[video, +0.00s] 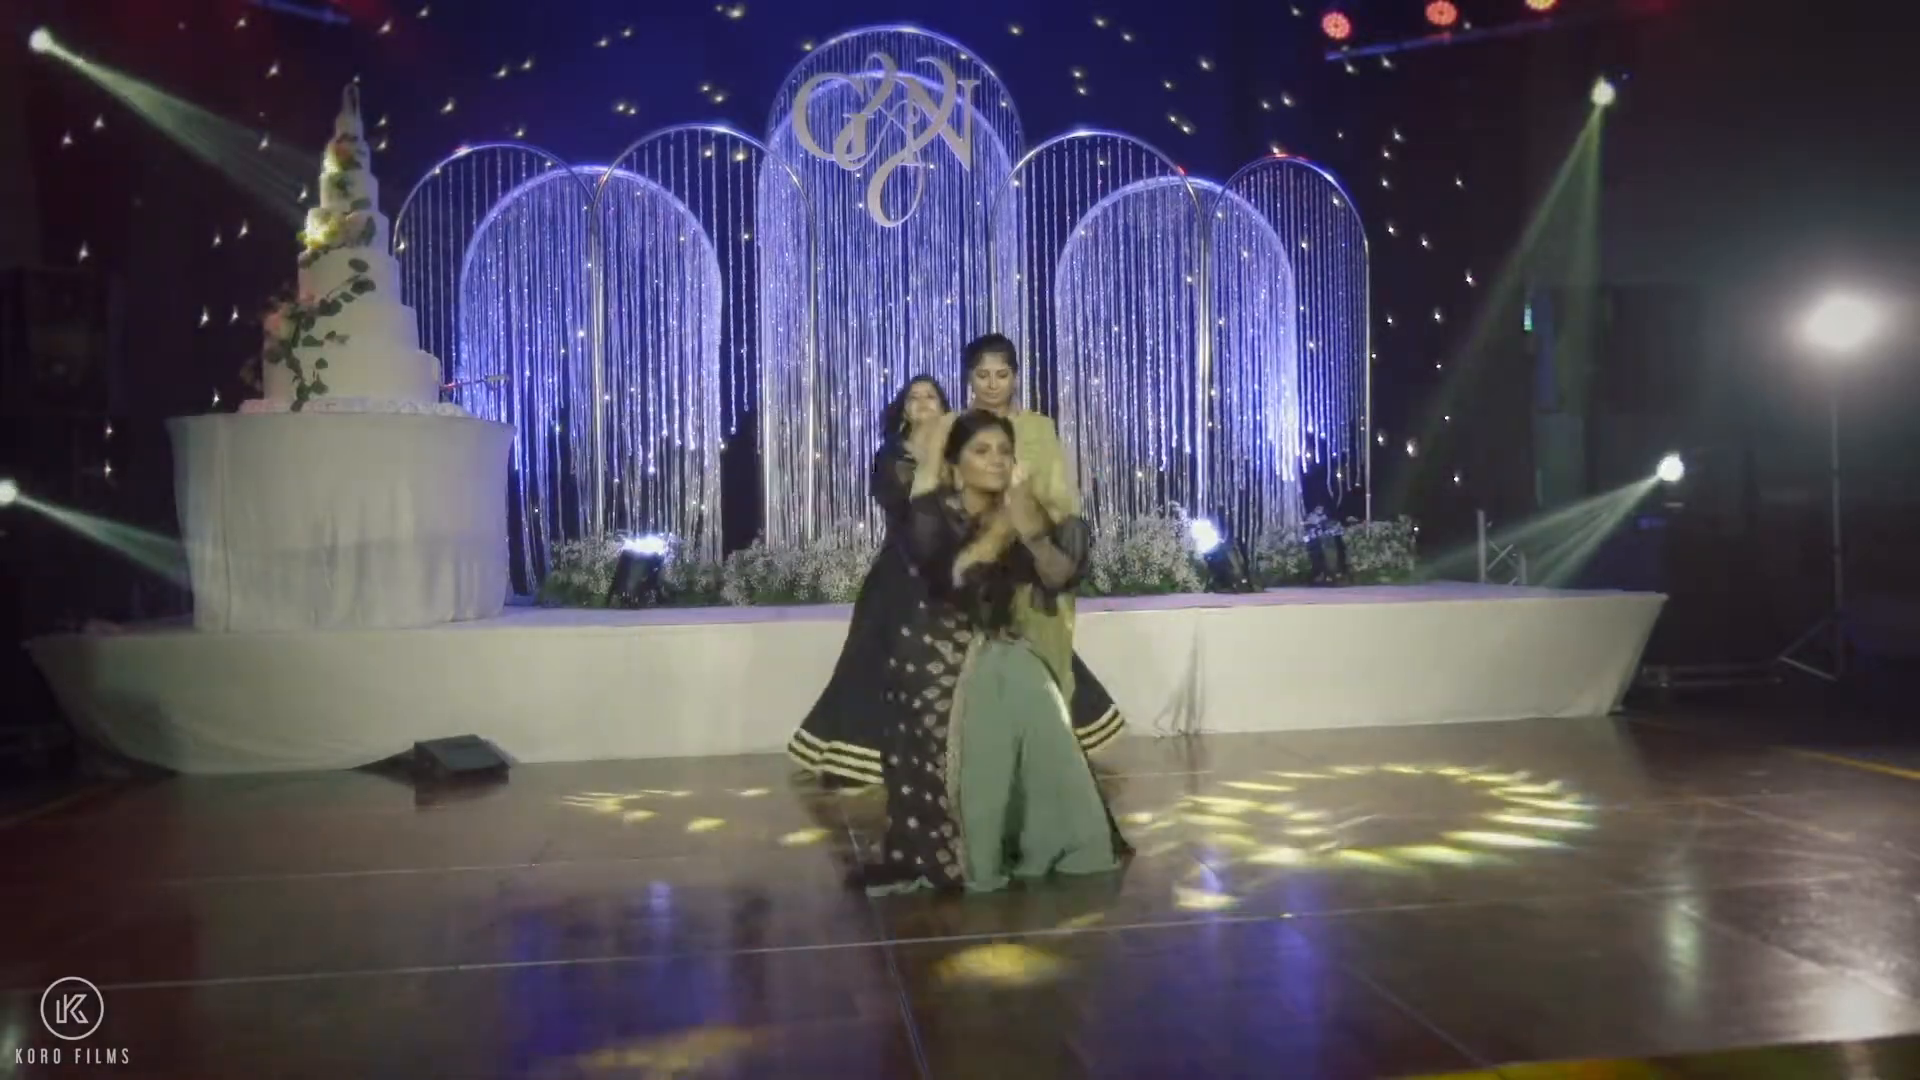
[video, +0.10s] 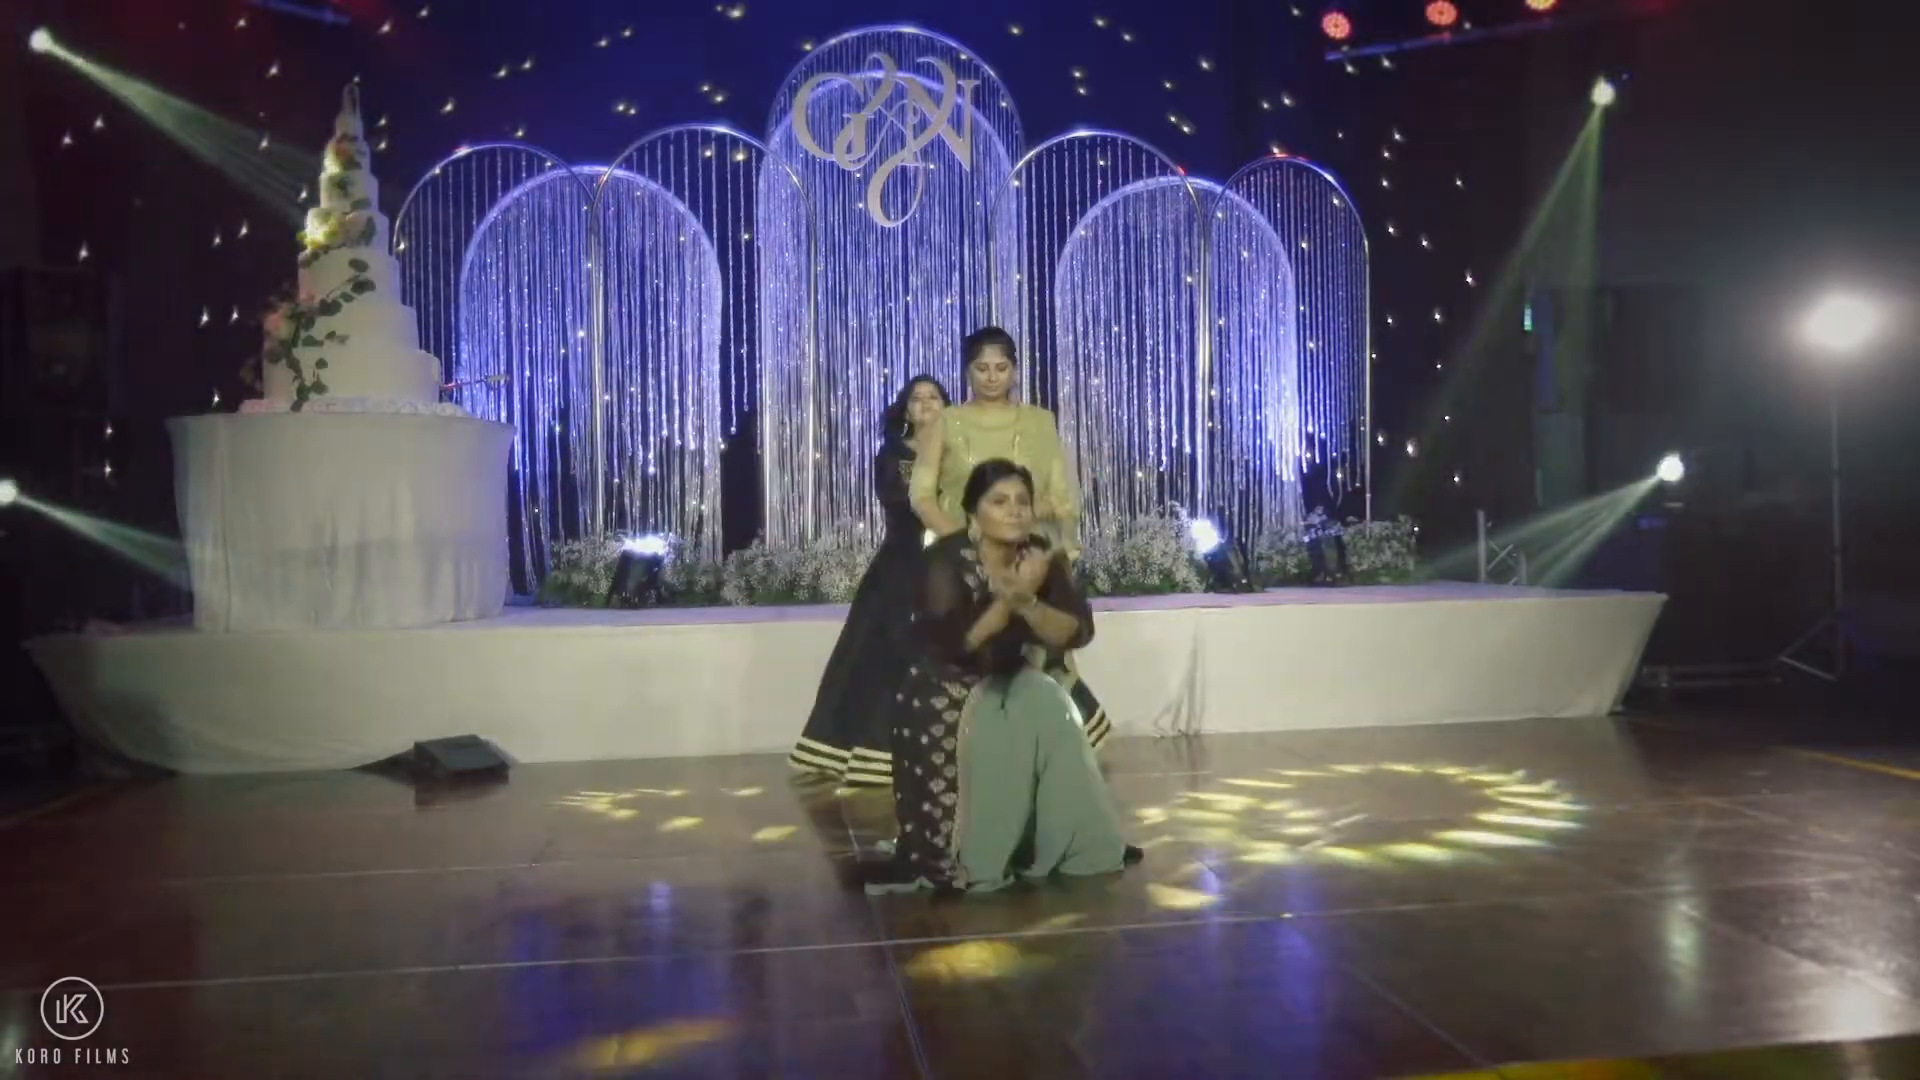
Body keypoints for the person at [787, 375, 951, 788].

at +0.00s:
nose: (923, 405)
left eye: (930, 398)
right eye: (915, 399)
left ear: (944, 406)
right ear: (902, 408)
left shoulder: (962, 452)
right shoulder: (892, 454)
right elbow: (896, 502)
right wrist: (927, 452)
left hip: (949, 561)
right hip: (900, 562)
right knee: (876, 657)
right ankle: (841, 760)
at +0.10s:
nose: (927, 407)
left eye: (934, 400)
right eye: (918, 400)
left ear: (946, 407)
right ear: (904, 408)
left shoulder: (955, 454)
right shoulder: (893, 455)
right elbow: (906, 506)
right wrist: (932, 452)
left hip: (940, 558)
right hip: (900, 561)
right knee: (890, 656)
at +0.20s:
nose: (924, 414)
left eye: (931, 406)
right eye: (916, 407)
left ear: (945, 412)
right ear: (904, 415)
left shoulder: (957, 459)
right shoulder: (895, 463)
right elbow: (899, 513)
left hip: (945, 557)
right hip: (903, 558)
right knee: (872, 646)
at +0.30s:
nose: (914, 418)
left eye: (922, 410)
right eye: (906, 411)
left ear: (937, 416)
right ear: (895, 420)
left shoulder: (951, 462)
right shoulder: (887, 465)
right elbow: (891, 517)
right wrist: (923, 490)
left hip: (944, 556)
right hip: (903, 557)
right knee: (864, 643)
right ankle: (818, 746)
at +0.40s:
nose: (898, 414)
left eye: (906, 407)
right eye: (890, 408)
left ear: (921, 415)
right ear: (878, 416)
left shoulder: (935, 460)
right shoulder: (870, 463)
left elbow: (958, 499)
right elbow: (861, 506)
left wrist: (927, 482)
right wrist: (894, 479)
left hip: (929, 567)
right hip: (886, 567)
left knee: (912, 656)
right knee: (864, 650)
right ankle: (806, 746)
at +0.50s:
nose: (879, 410)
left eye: (887, 403)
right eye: (871, 404)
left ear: (901, 411)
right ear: (860, 414)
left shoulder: (919, 452)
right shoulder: (849, 456)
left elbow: (926, 499)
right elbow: (835, 502)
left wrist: (893, 464)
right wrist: (870, 466)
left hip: (911, 566)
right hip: (867, 568)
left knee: (902, 656)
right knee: (854, 654)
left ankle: (900, 753)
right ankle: (804, 746)